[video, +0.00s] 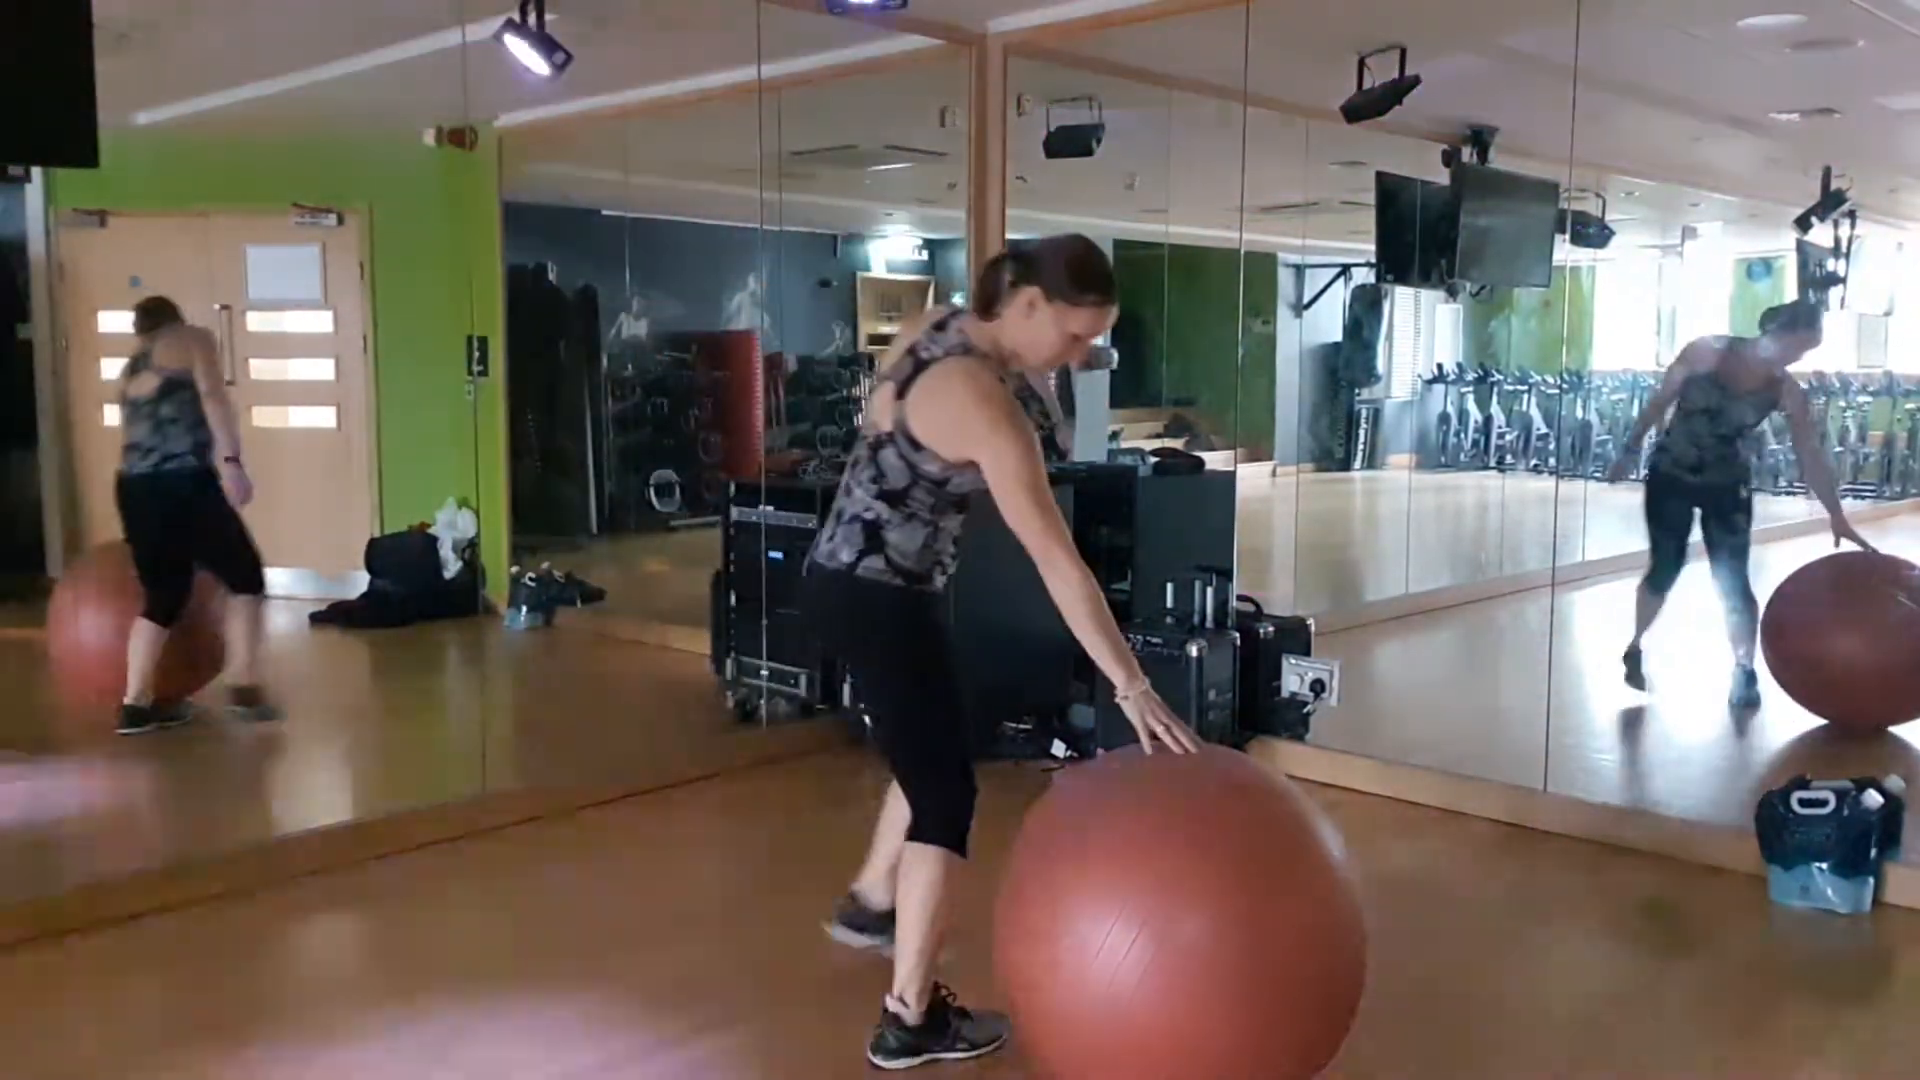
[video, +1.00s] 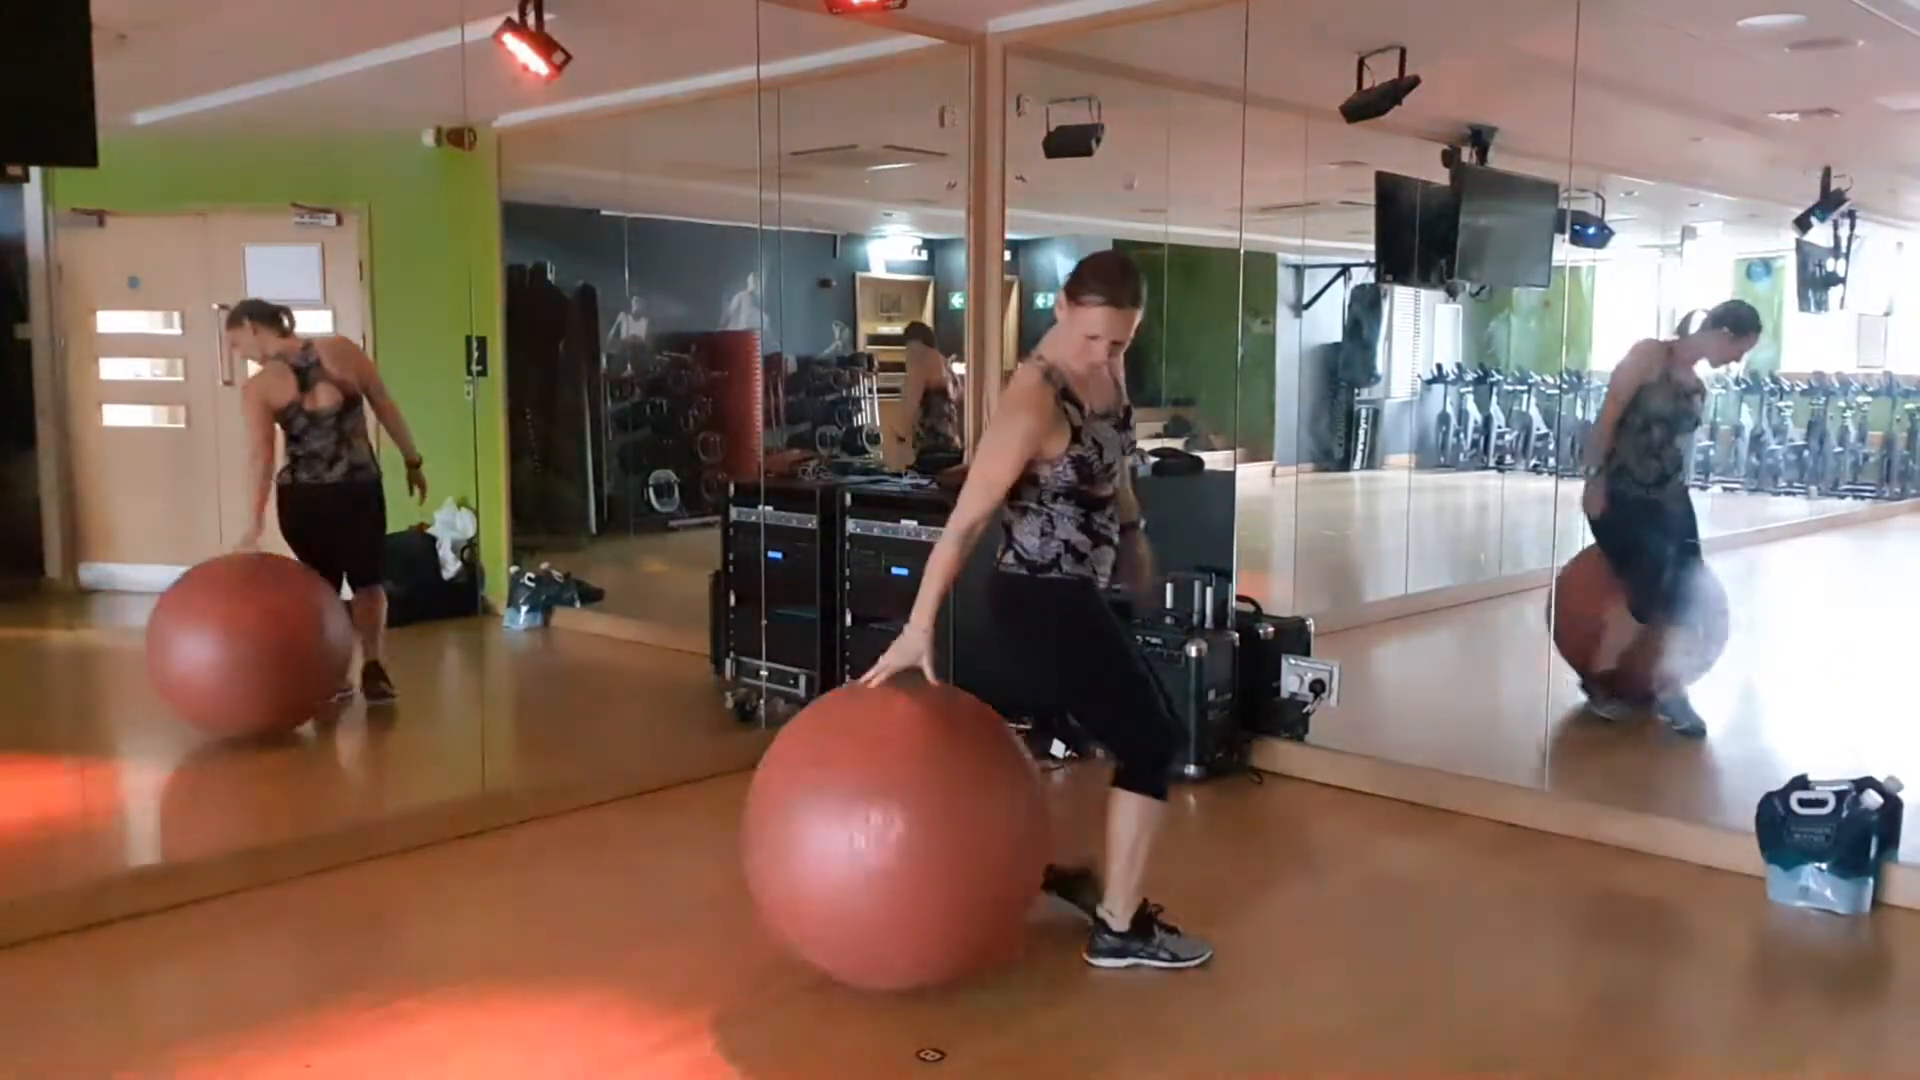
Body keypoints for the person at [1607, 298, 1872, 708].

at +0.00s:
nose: (1800, 356)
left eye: (1807, 349)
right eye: (1801, 345)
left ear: (1796, 344)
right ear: (1778, 333)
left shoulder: (1786, 391)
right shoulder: (1705, 353)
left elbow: (1811, 456)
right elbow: (1660, 401)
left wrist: (1837, 516)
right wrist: (1629, 451)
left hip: (1725, 478)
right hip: (1671, 470)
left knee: (1732, 579)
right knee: (1666, 566)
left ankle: (1744, 671)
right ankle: (1634, 646)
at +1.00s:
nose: (1736, 361)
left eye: (1742, 353)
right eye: (1739, 350)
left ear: (1723, 336)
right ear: (1722, 332)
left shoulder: (1695, 384)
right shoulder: (1648, 354)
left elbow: (1670, 444)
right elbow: (1610, 413)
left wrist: (1676, 496)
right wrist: (1593, 477)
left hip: (1670, 495)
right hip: (1623, 490)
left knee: (1680, 590)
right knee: (1657, 589)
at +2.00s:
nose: (1653, 407)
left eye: (1655, 400)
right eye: (1650, 399)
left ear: (1640, 402)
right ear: (1624, 396)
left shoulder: (1642, 434)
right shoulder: (1573, 436)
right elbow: (1540, 484)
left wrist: (1650, 443)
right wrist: (1543, 538)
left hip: (1627, 542)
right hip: (1577, 545)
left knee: (1662, 598)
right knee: (1624, 590)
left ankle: (1677, 695)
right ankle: (1610, 691)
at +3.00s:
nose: (1685, 337)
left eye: (1683, 330)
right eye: (1678, 329)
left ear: (1653, 338)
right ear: (1653, 337)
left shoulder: (1686, 397)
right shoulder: (1606, 398)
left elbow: (1679, 463)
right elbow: (1584, 466)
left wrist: (1674, 513)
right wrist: (1575, 525)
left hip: (1671, 516)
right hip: (1617, 515)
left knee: (1697, 604)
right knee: (1654, 594)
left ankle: (1698, 700)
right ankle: (1634, 696)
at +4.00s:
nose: (1664, 385)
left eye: (1665, 377)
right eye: (1659, 376)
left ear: (1648, 377)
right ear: (1630, 373)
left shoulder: (1659, 427)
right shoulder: (1585, 426)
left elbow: (1650, 489)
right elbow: (1550, 483)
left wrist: (1638, 535)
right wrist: (1533, 536)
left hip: (1628, 539)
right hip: (1578, 538)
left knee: (1662, 600)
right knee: (1619, 594)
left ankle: (1694, 701)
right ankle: (1636, 700)